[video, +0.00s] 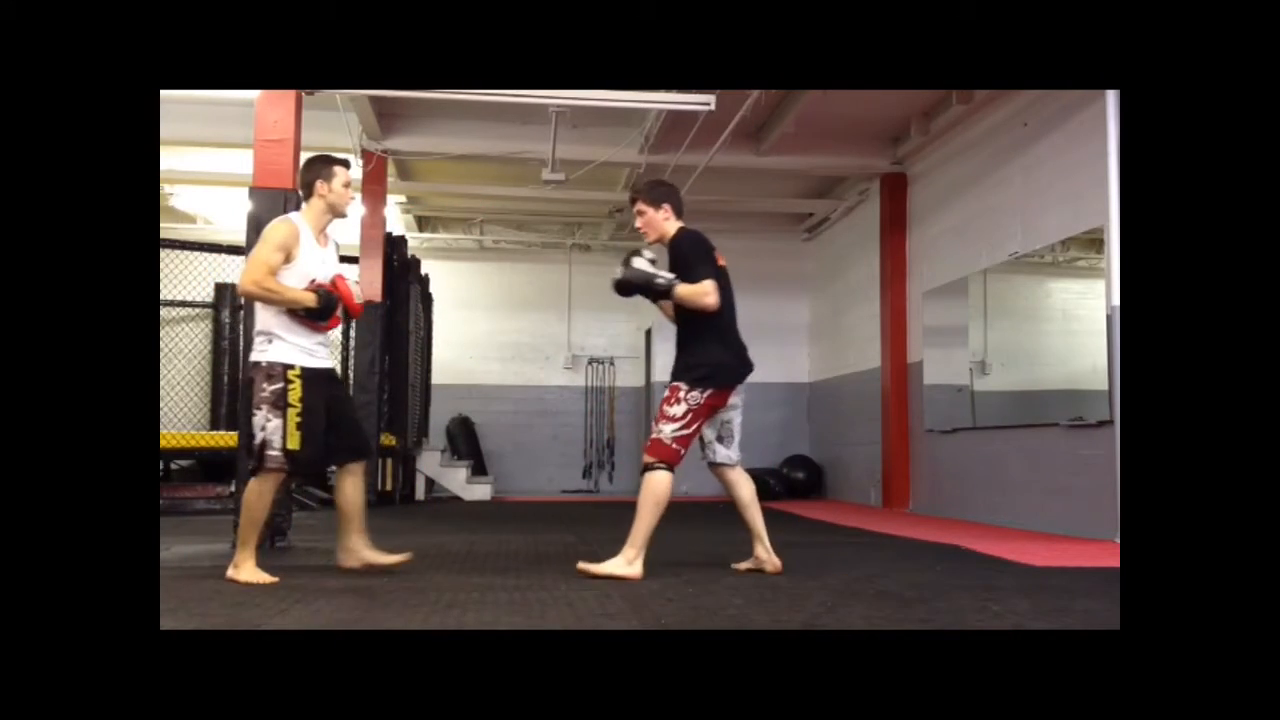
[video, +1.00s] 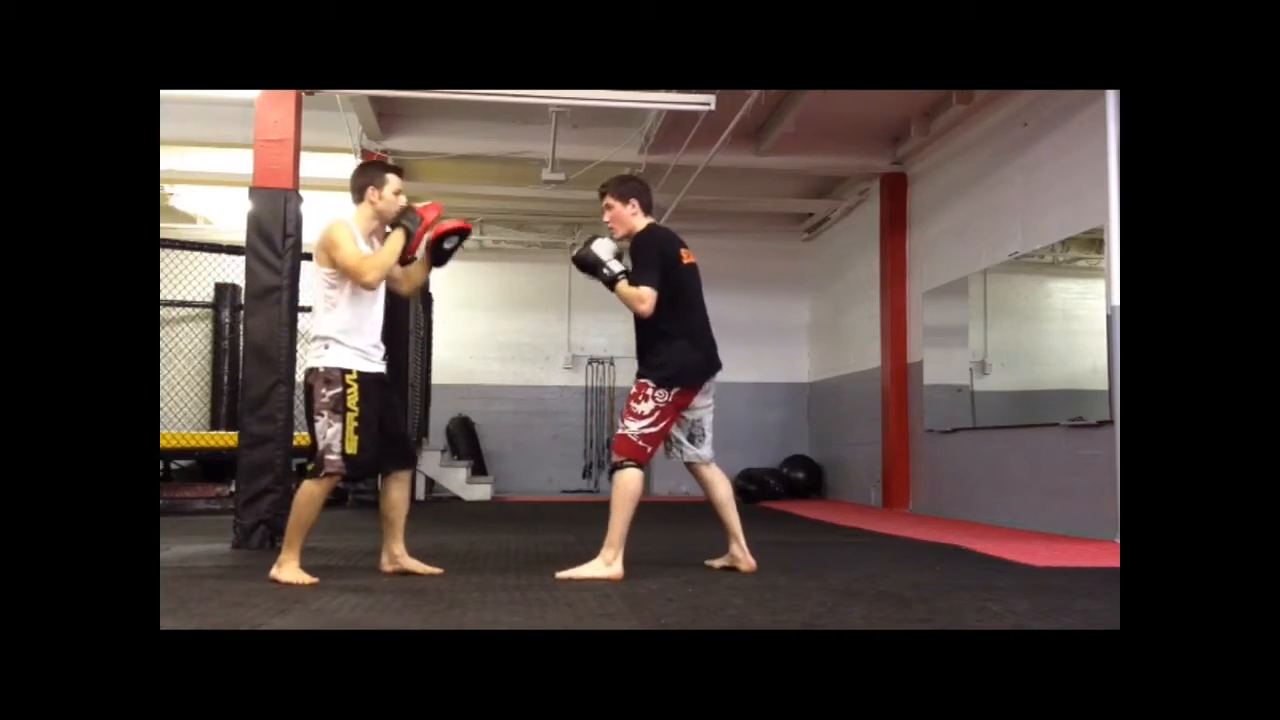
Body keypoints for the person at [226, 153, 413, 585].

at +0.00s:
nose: (352, 195)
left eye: (351, 187)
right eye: (345, 186)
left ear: (325, 191)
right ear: (319, 188)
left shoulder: (327, 243)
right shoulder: (285, 228)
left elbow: (319, 290)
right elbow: (250, 282)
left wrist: (343, 298)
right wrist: (308, 299)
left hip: (319, 366)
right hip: (279, 363)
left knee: (353, 454)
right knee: (274, 464)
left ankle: (353, 546)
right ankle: (243, 561)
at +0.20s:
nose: (382, 204)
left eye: (382, 196)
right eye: (375, 195)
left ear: (357, 199)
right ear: (348, 197)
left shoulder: (358, 252)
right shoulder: (313, 240)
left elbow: (349, 302)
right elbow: (279, 291)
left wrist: (373, 310)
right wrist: (341, 310)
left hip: (348, 372)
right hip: (309, 369)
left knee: (377, 461)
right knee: (295, 466)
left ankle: (392, 554)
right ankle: (244, 559)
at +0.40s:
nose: (414, 208)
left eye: (414, 200)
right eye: (408, 199)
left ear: (391, 202)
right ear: (382, 200)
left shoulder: (389, 255)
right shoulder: (345, 236)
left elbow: (377, 302)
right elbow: (304, 282)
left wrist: (395, 308)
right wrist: (364, 304)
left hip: (367, 366)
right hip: (328, 361)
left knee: (390, 458)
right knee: (327, 456)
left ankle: (392, 554)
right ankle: (264, 547)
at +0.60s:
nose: (423, 212)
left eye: (424, 205)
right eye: (419, 203)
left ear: (400, 204)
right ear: (394, 201)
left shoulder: (393, 254)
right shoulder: (356, 236)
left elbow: (380, 302)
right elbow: (320, 285)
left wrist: (402, 314)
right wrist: (378, 307)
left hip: (372, 367)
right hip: (336, 364)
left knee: (396, 461)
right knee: (330, 461)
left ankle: (393, 555)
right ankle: (287, 561)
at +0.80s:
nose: (415, 204)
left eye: (415, 196)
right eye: (410, 196)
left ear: (392, 198)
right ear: (385, 196)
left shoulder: (392, 248)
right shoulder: (349, 232)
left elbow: (394, 299)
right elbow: (339, 278)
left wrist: (425, 285)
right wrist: (391, 269)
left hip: (374, 366)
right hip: (336, 363)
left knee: (393, 462)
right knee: (326, 465)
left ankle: (393, 554)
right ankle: (287, 561)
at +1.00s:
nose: (403, 202)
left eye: (404, 195)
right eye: (397, 194)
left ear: (378, 198)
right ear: (371, 194)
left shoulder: (379, 241)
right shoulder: (337, 232)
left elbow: (406, 284)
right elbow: (369, 274)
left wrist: (431, 254)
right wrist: (404, 230)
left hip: (372, 367)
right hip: (335, 364)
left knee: (399, 460)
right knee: (330, 467)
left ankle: (394, 553)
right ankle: (287, 561)